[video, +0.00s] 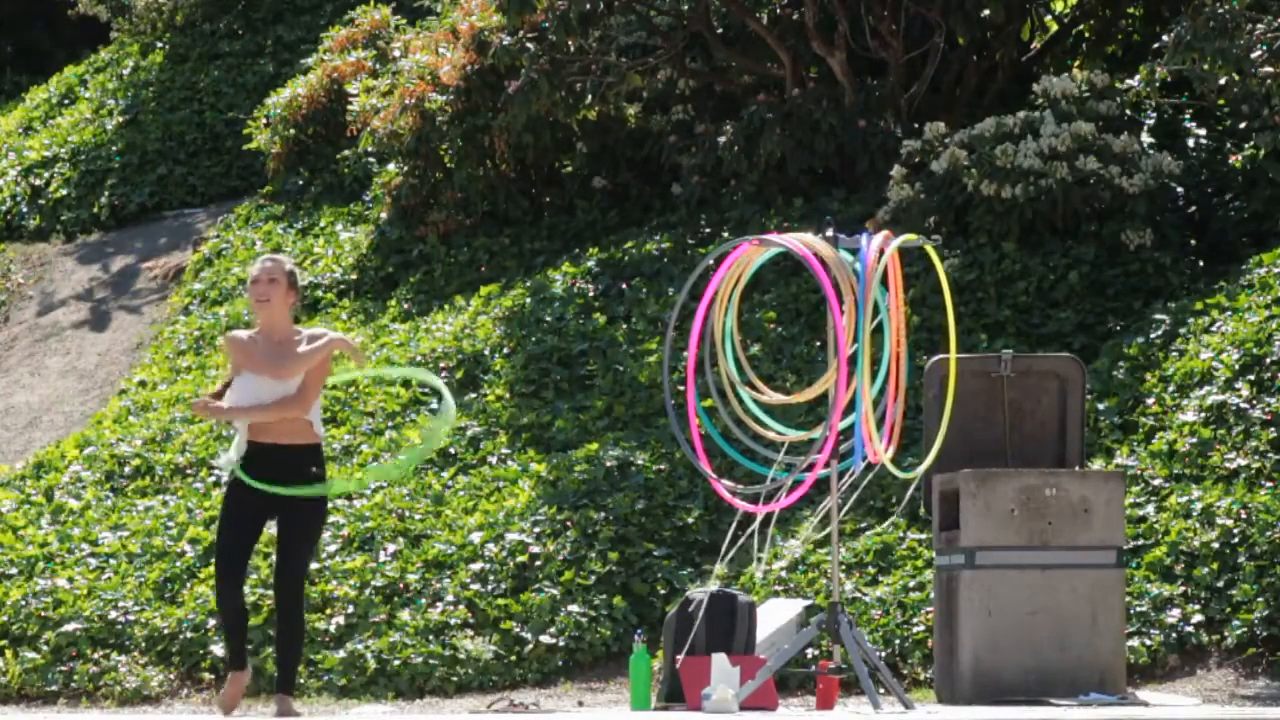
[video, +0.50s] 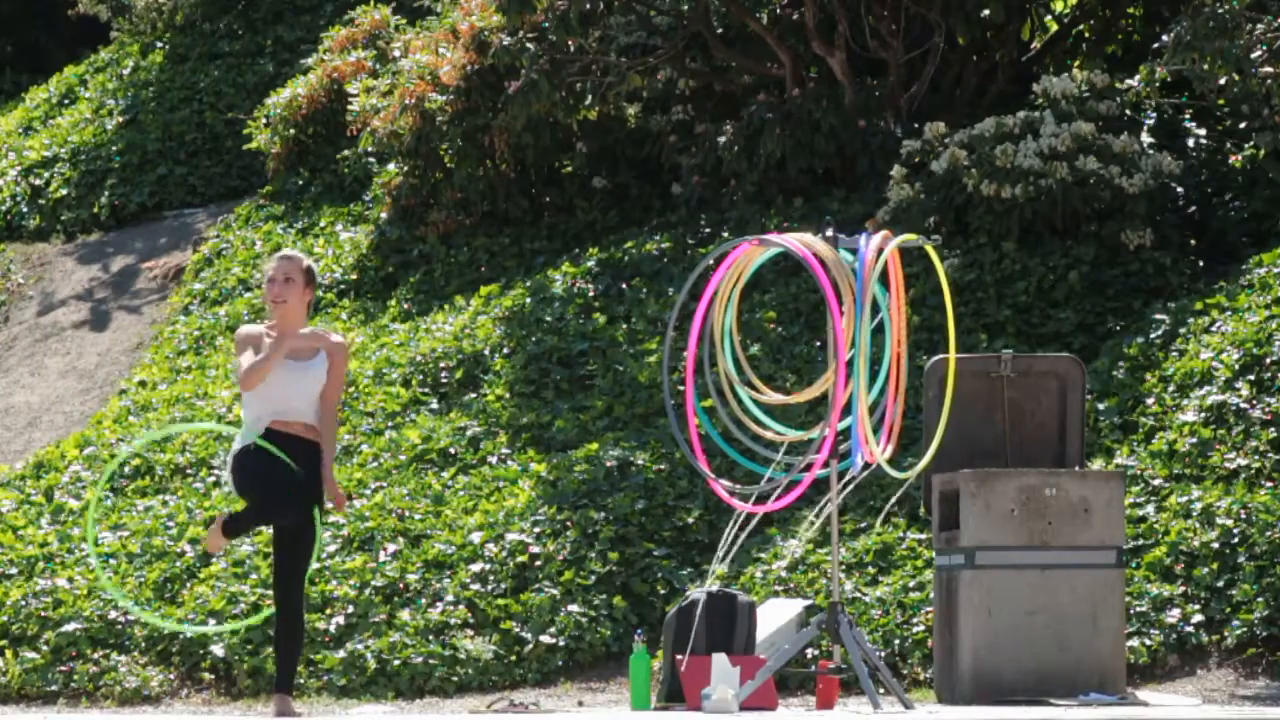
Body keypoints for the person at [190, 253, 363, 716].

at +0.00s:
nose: (258, 287)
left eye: (269, 281)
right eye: (253, 280)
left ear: (291, 293)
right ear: (246, 291)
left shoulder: (318, 343)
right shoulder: (236, 342)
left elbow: (302, 406)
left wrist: (232, 413)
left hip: (302, 467)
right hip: (253, 464)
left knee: (288, 584)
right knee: (226, 572)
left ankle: (285, 694)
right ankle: (237, 668)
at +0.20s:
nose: (266, 286)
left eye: (277, 280)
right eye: (262, 280)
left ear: (299, 292)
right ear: (253, 292)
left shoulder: (324, 345)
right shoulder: (244, 342)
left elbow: (313, 410)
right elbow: (263, 375)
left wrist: (276, 431)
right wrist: (323, 343)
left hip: (303, 456)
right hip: (253, 456)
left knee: (290, 579)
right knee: (247, 539)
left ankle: (284, 694)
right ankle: (232, 608)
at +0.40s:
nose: (273, 288)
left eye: (284, 281)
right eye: (269, 281)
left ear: (305, 291)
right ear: (262, 289)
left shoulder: (329, 340)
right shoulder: (249, 336)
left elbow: (324, 407)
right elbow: (260, 379)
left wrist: (312, 456)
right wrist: (296, 336)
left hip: (303, 455)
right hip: (256, 449)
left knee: (289, 584)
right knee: (283, 504)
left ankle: (283, 693)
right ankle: (230, 544)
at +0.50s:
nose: (276, 288)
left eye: (287, 281)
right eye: (271, 281)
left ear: (309, 290)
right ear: (264, 290)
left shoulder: (332, 346)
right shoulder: (250, 336)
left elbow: (329, 410)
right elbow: (247, 381)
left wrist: (328, 472)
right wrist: (279, 341)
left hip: (307, 456)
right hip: (258, 448)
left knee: (289, 586)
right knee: (285, 499)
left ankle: (284, 694)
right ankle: (225, 530)